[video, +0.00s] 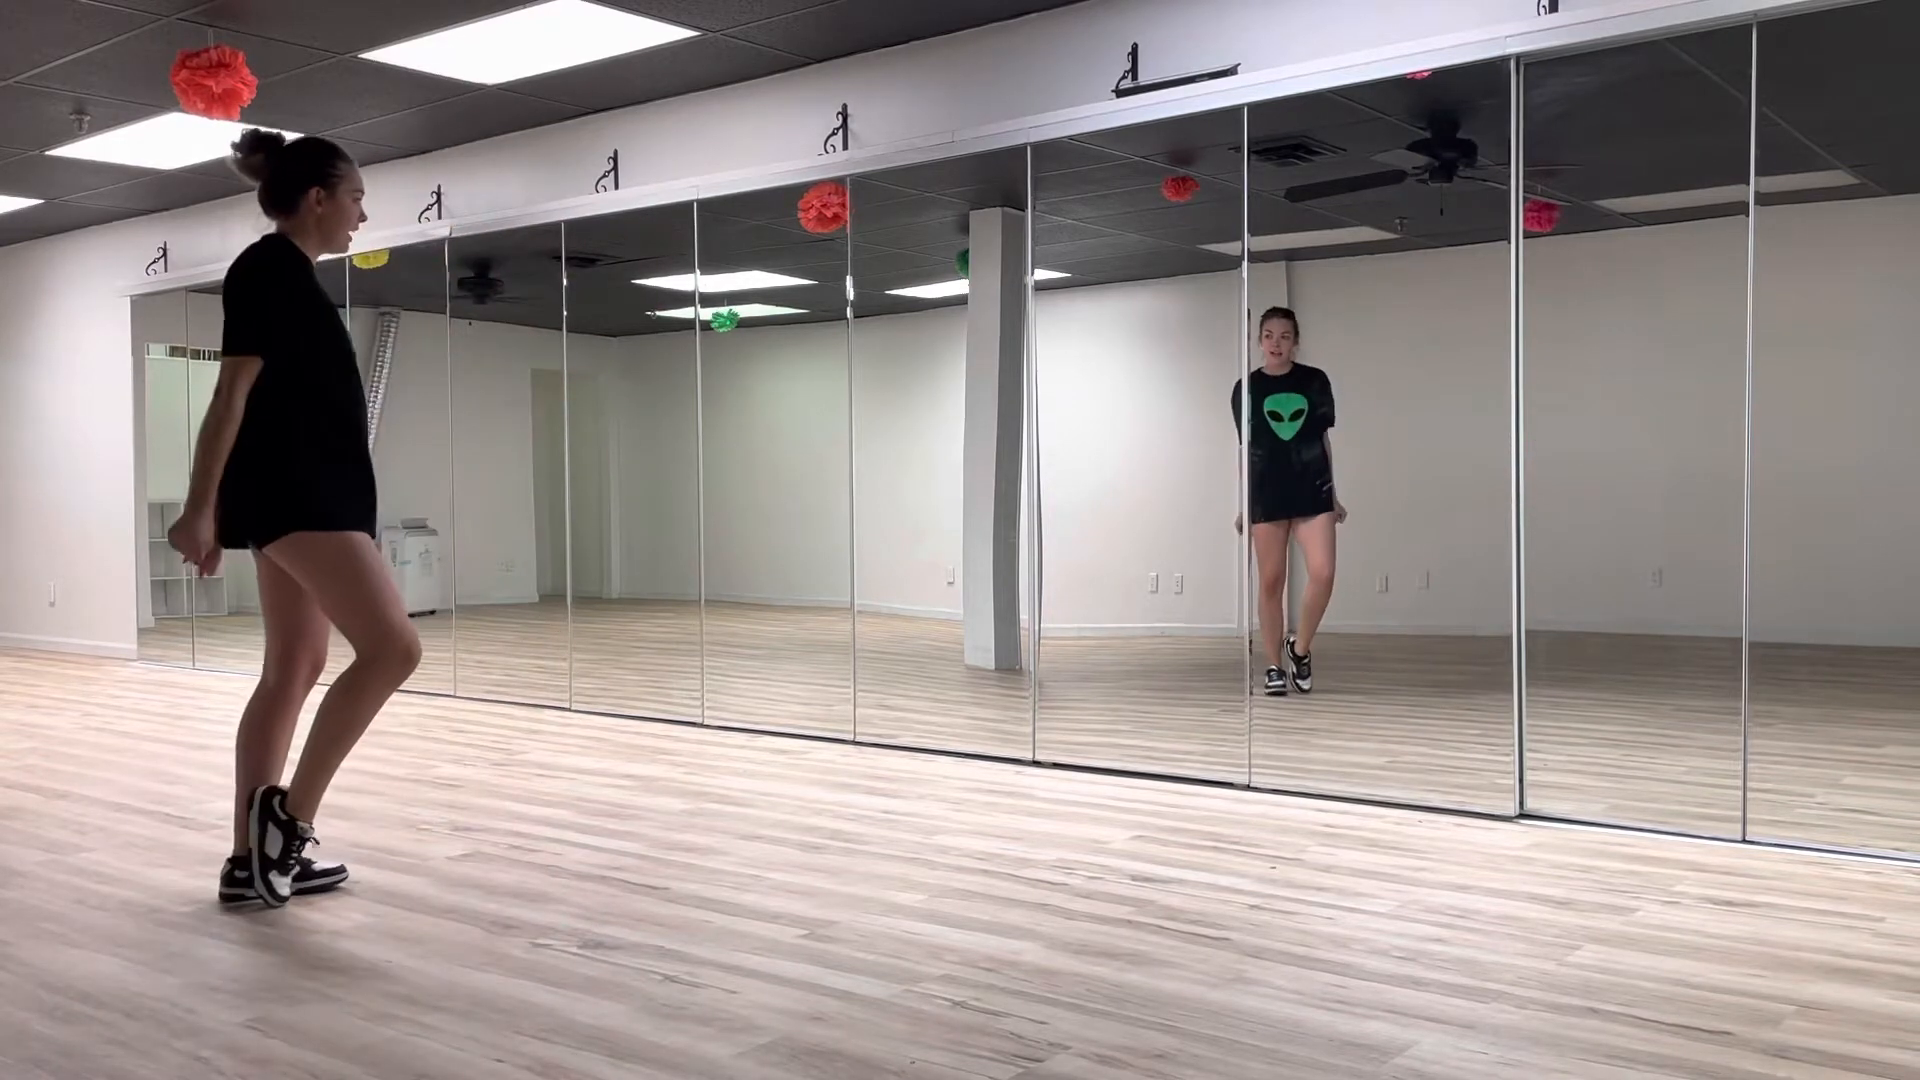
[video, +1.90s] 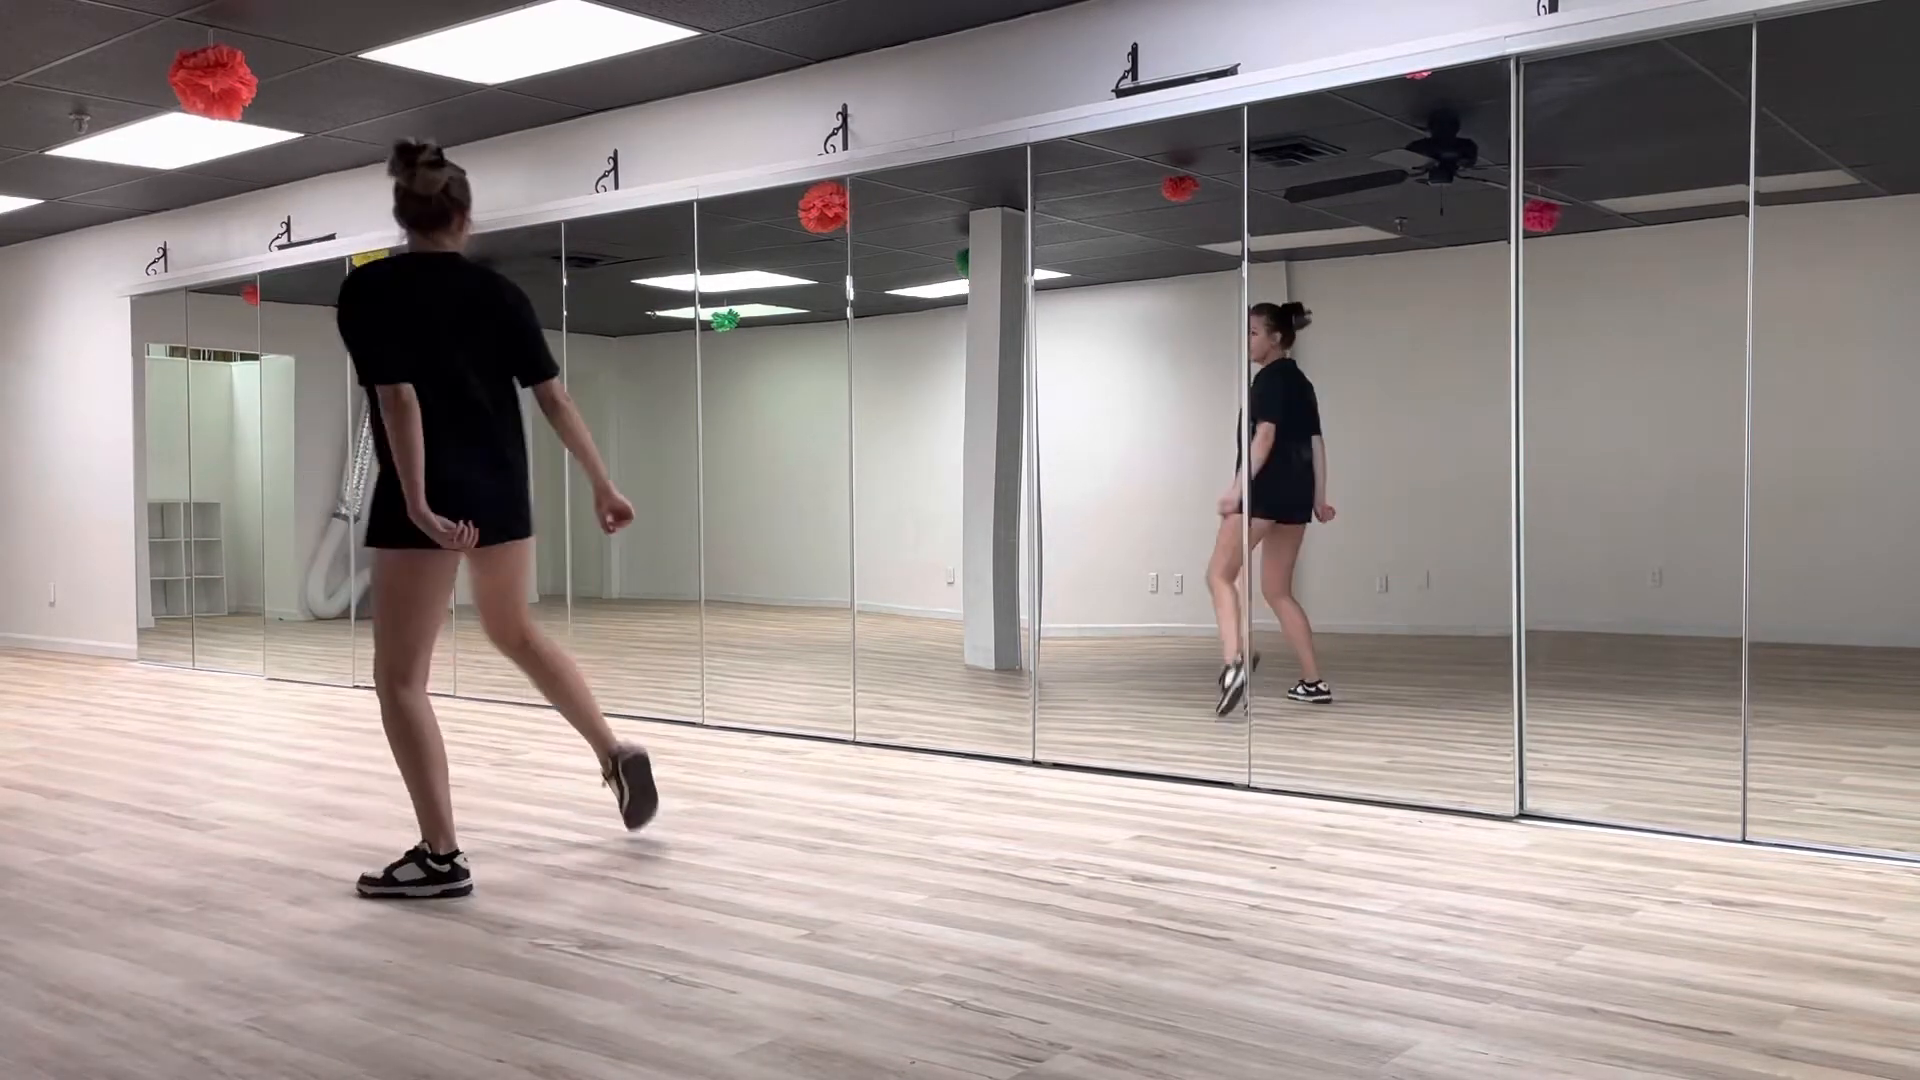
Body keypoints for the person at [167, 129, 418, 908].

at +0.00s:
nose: (360, 216)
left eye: (360, 202)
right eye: (355, 201)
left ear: (306, 201)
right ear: (315, 199)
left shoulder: (286, 272)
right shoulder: (266, 268)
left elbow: (254, 398)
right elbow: (231, 392)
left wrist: (210, 511)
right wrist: (200, 504)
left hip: (283, 495)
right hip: (298, 493)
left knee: (292, 666)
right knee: (392, 649)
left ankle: (252, 857)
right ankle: (289, 829)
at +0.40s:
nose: (398, 213)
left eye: (397, 199)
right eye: (390, 198)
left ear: (343, 205)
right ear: (354, 203)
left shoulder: (321, 274)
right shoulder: (312, 273)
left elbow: (315, 402)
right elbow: (300, 401)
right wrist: (302, 515)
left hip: (325, 503)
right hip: (346, 498)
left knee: (330, 675)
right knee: (488, 591)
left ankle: (257, 853)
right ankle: (418, 776)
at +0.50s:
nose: (417, 197)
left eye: (414, 183)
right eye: (408, 183)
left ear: (355, 192)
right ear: (371, 189)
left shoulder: (346, 264)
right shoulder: (330, 264)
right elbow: (315, 390)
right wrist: (307, 508)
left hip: (347, 489)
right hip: (367, 485)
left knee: (344, 667)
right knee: (501, 593)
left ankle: (264, 842)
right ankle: (479, 798)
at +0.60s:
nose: (438, 187)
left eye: (434, 173)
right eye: (427, 173)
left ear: (380, 184)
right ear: (391, 182)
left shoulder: (372, 261)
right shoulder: (352, 259)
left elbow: (369, 388)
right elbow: (333, 385)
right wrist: (319, 506)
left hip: (373, 481)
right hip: (395, 480)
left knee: (370, 667)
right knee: (497, 626)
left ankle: (275, 835)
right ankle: (515, 835)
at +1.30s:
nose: (471, 218)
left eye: (468, 205)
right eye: (469, 205)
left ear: (398, 211)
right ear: (449, 205)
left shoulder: (351, 291)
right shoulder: (465, 285)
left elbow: (321, 414)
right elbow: (458, 399)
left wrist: (304, 516)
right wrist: (462, 519)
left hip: (375, 504)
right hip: (470, 492)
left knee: (388, 680)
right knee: (581, 605)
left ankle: (345, 863)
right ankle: (561, 750)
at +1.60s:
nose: (509, 254)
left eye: (505, 244)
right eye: (508, 244)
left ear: (433, 252)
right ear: (495, 246)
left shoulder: (392, 338)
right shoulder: (525, 322)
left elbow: (366, 451)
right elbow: (548, 436)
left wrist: (342, 548)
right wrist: (572, 546)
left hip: (470, 528)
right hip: (561, 516)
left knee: (410, 686)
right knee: (593, 659)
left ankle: (419, 841)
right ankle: (638, 808)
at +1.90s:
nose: (465, 224)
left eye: (437, 214)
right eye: (467, 215)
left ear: (399, 218)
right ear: (465, 218)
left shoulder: (367, 291)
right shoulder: (496, 292)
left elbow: (399, 399)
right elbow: (551, 397)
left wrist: (417, 501)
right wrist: (603, 482)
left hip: (413, 495)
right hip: (501, 489)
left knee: (401, 680)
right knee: (515, 628)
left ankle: (440, 852)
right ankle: (613, 753)